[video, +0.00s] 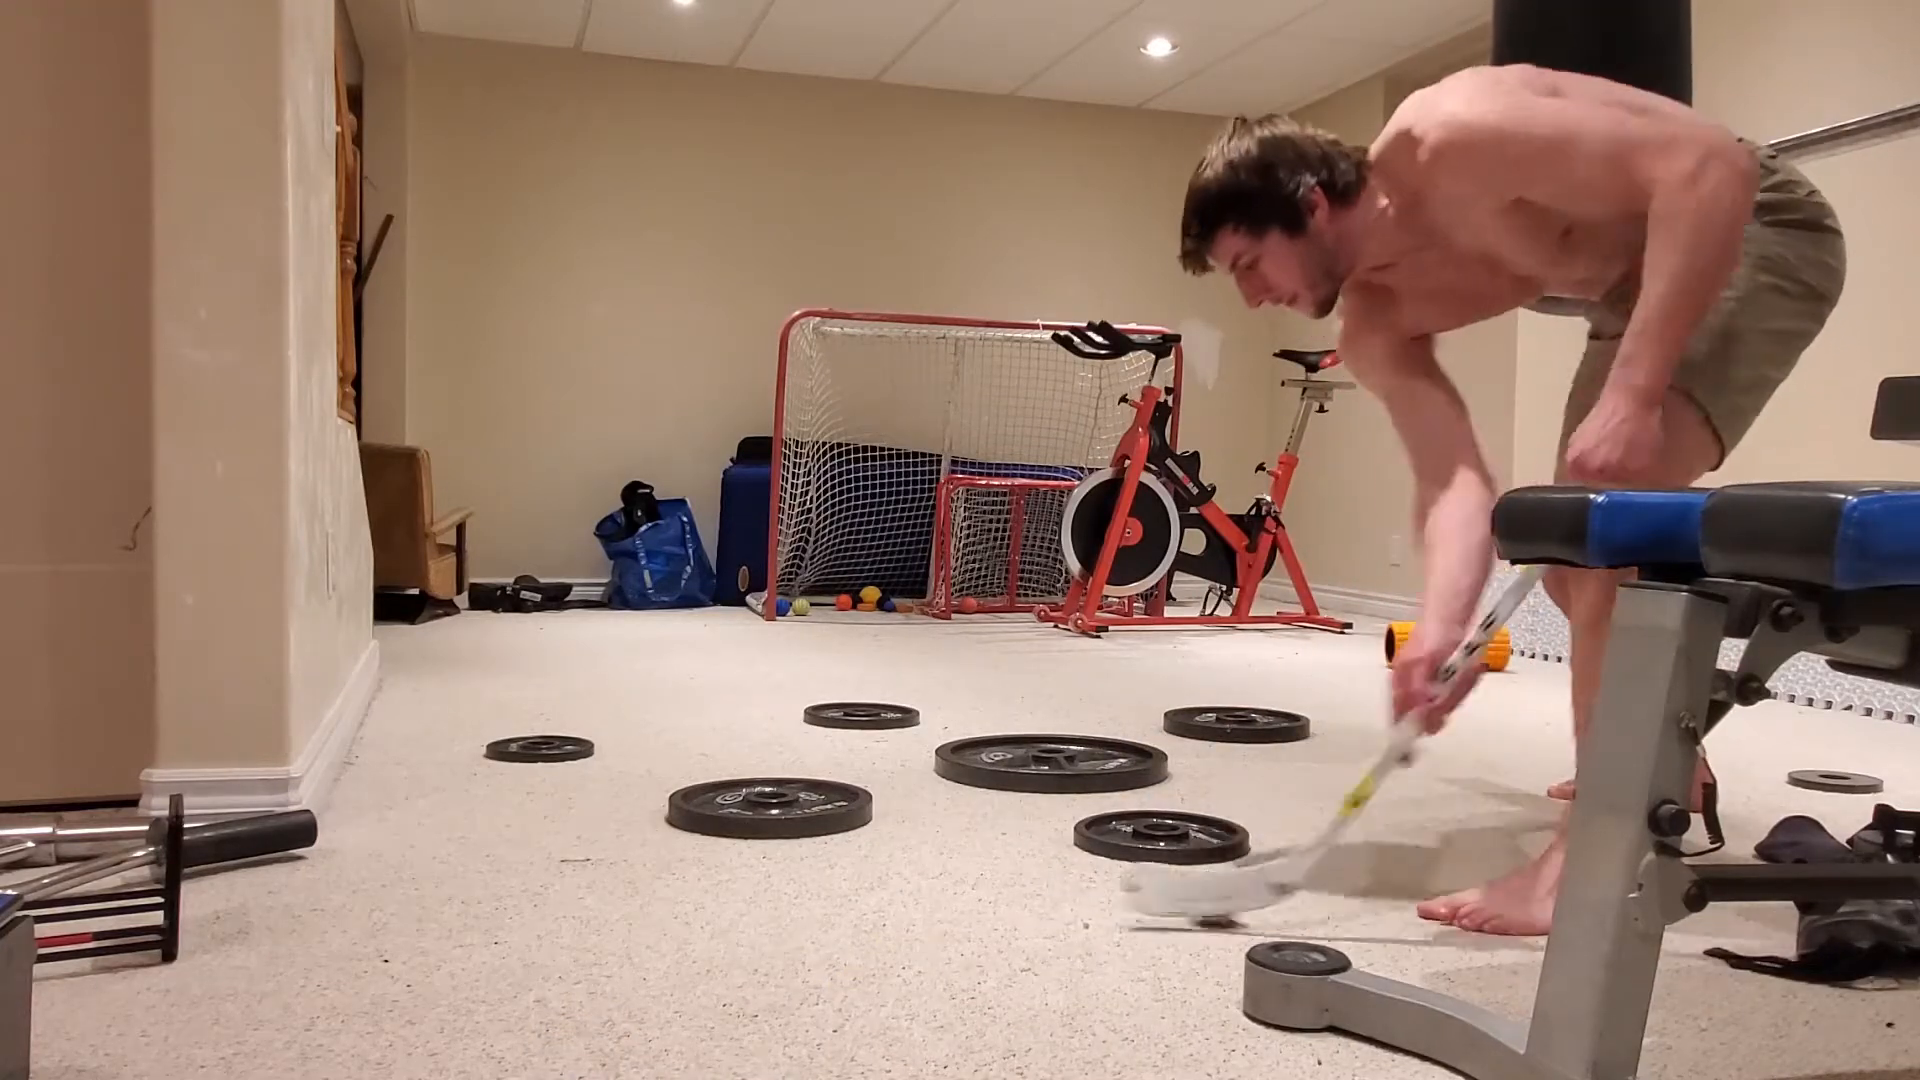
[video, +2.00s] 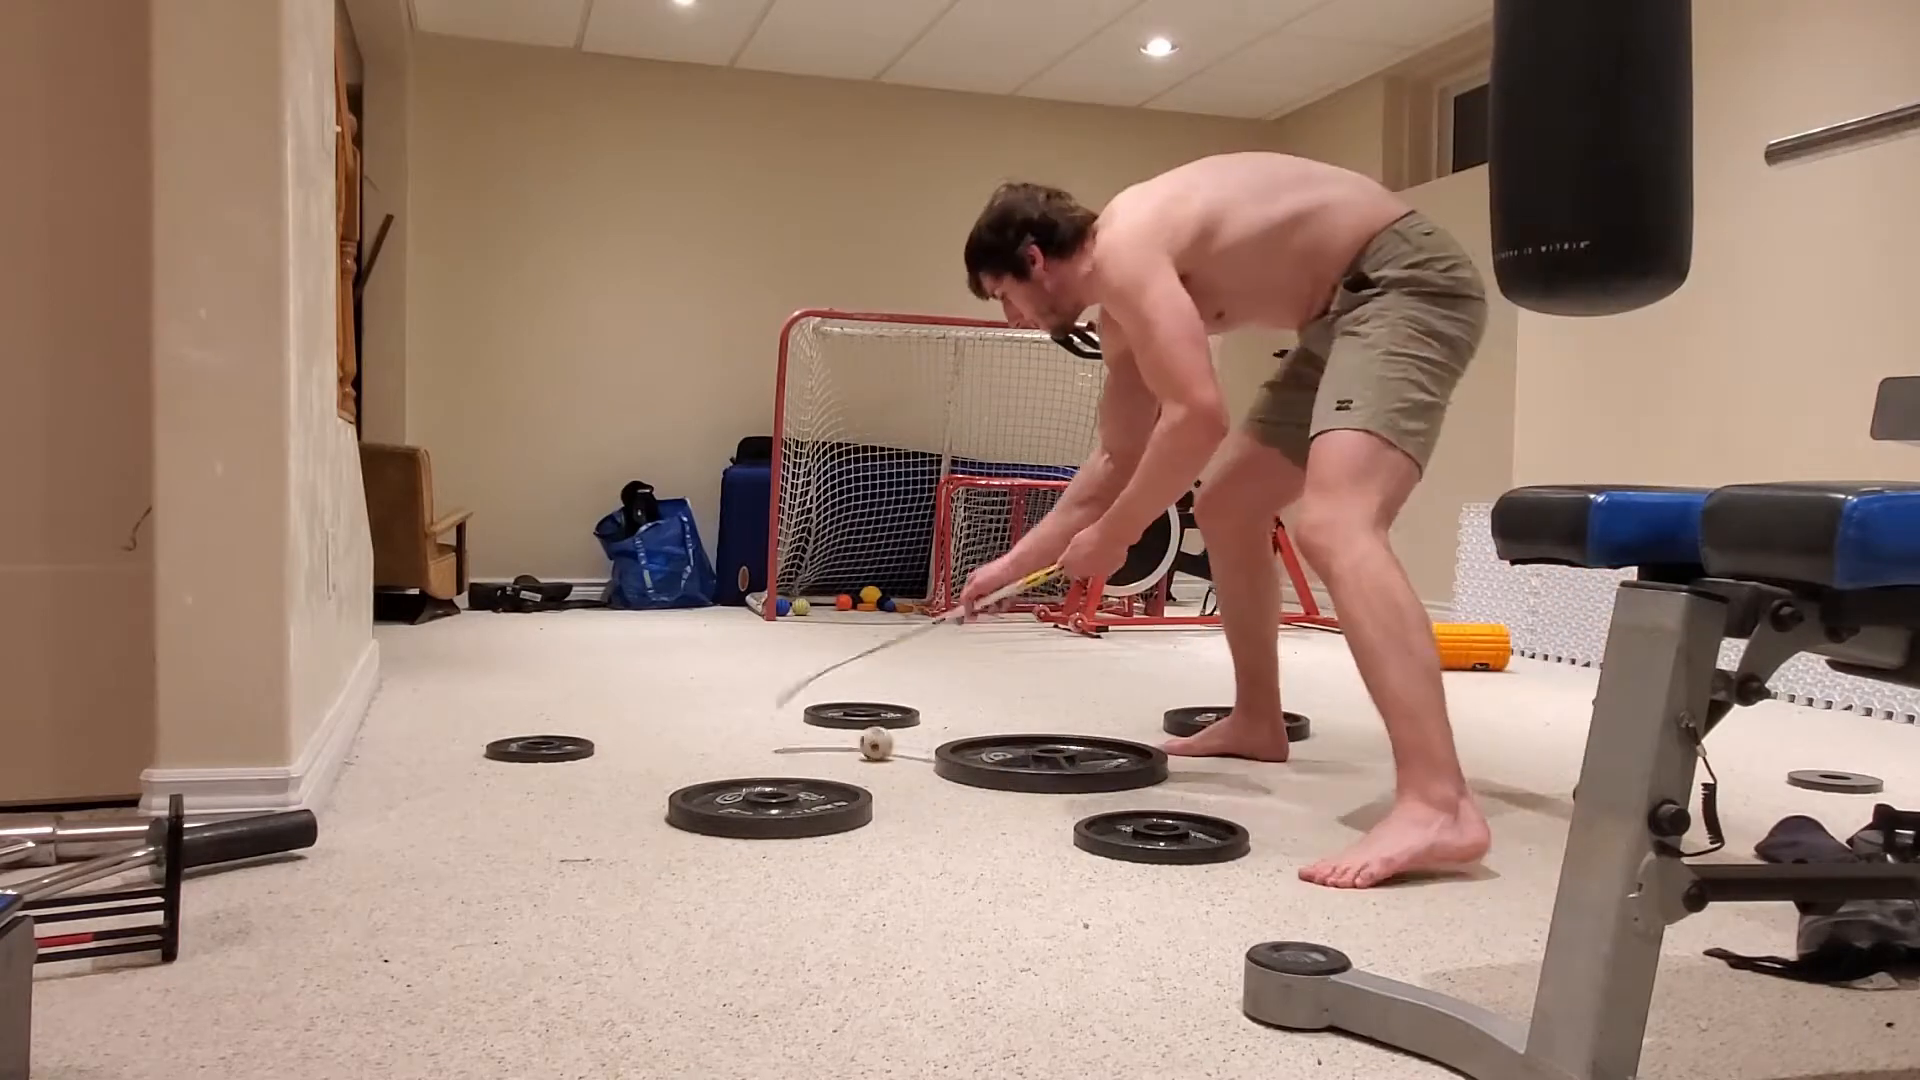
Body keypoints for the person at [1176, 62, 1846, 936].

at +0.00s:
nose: (1253, 297)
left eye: (1250, 264)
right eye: (1236, 280)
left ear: (1307, 201)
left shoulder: (1451, 132)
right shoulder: (1375, 329)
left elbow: (1710, 167)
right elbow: (1453, 479)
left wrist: (1630, 396)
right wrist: (1439, 633)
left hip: (1757, 226)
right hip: (1635, 288)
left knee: (1613, 509)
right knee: (1573, 550)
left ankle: (1601, 847)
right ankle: (1668, 765)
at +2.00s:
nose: (1009, 320)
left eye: (1001, 297)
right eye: (997, 306)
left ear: (1035, 262)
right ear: (1040, 268)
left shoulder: (1126, 251)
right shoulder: (1124, 317)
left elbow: (1199, 415)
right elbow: (1115, 463)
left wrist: (1115, 533)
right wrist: (1009, 568)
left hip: (1404, 278)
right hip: (1339, 317)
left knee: (1334, 523)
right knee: (1230, 504)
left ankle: (1439, 805)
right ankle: (1256, 720)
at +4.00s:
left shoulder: (986, 211)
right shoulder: (1150, 259)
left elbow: (888, 232)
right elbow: (1097, 419)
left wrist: (903, 370)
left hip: (989, 252)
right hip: (1109, 267)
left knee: (897, 519)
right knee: (1205, 547)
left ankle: (839, 737)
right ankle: (1316, 786)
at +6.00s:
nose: (1270, 151)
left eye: (1267, 140)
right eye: (1268, 143)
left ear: (1275, 124)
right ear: (1330, 115)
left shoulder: (1295, 137)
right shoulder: (1396, 161)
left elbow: (1328, 186)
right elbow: (1484, 244)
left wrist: (1325, 288)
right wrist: (1534, 325)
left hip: (1394, 308)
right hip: (1450, 324)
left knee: (1345, 503)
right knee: (1388, 497)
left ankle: (1402, 691)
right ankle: (1409, 651)